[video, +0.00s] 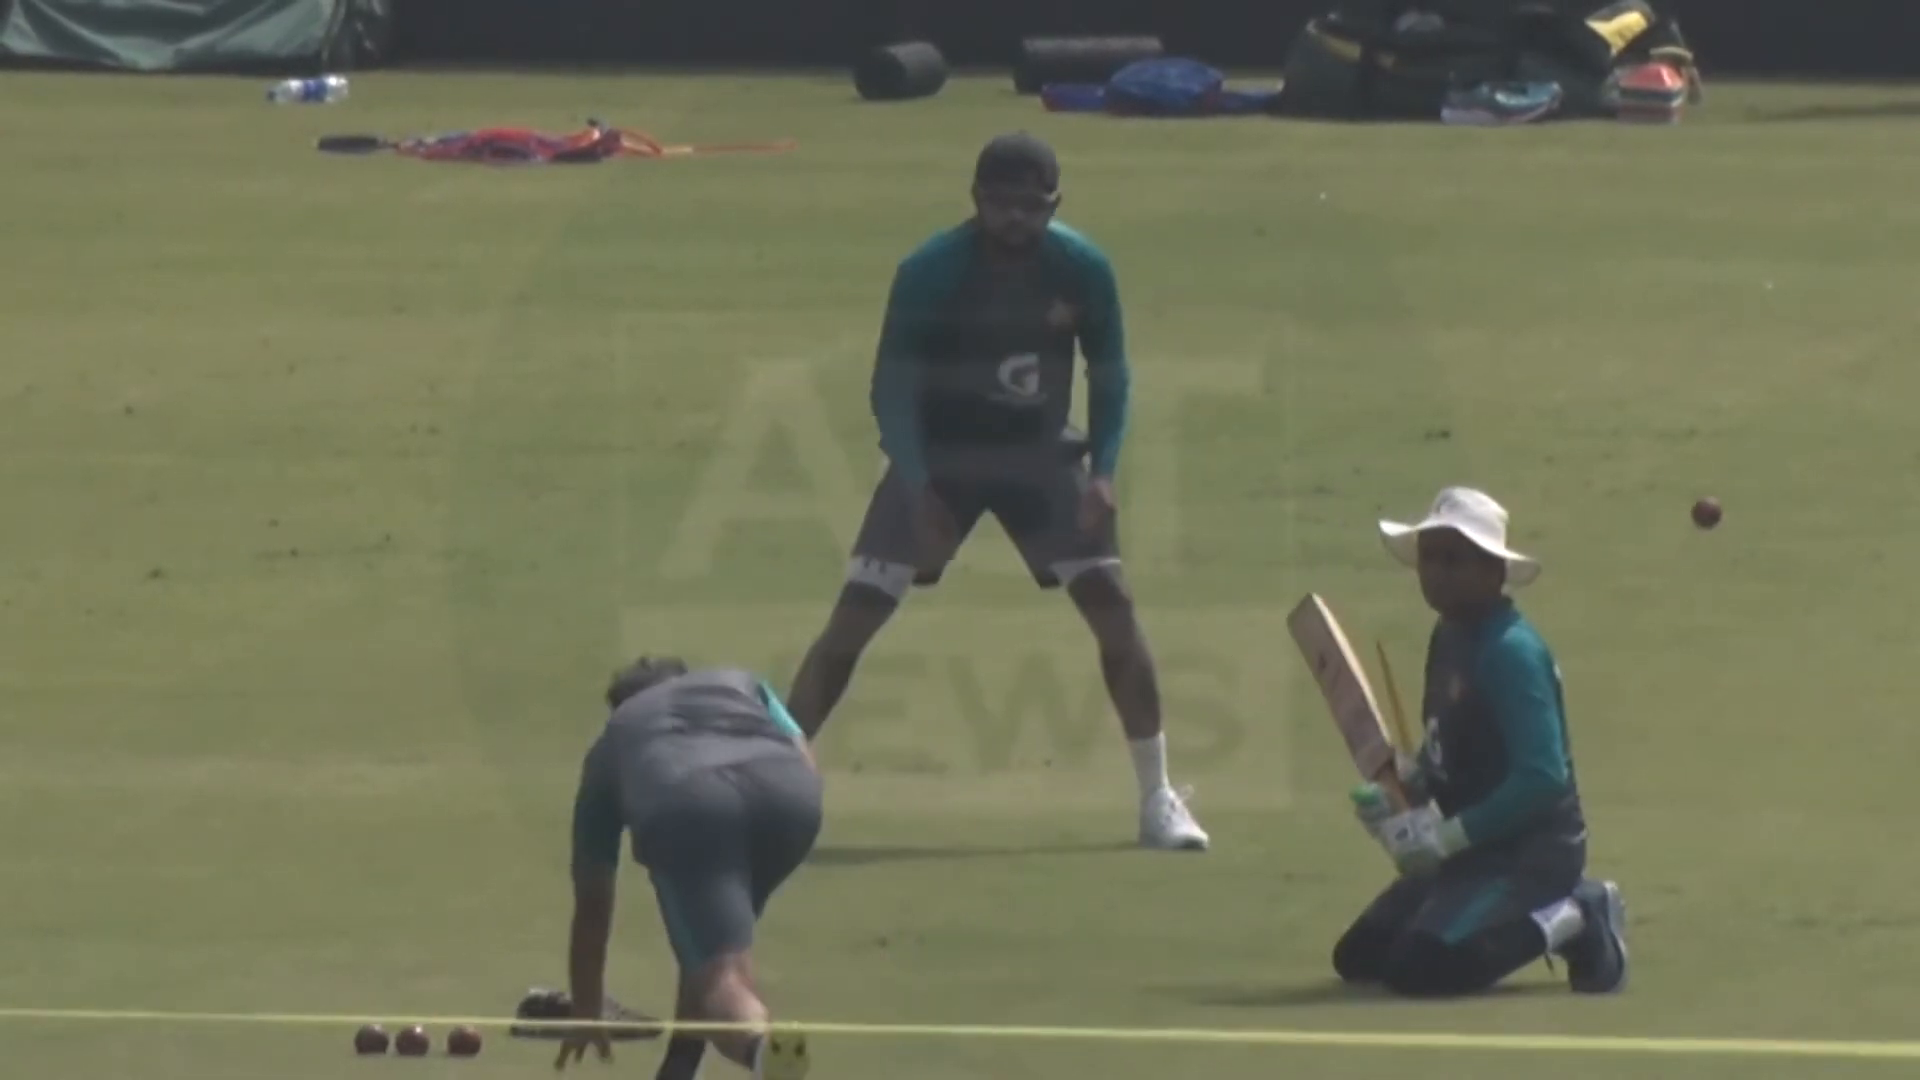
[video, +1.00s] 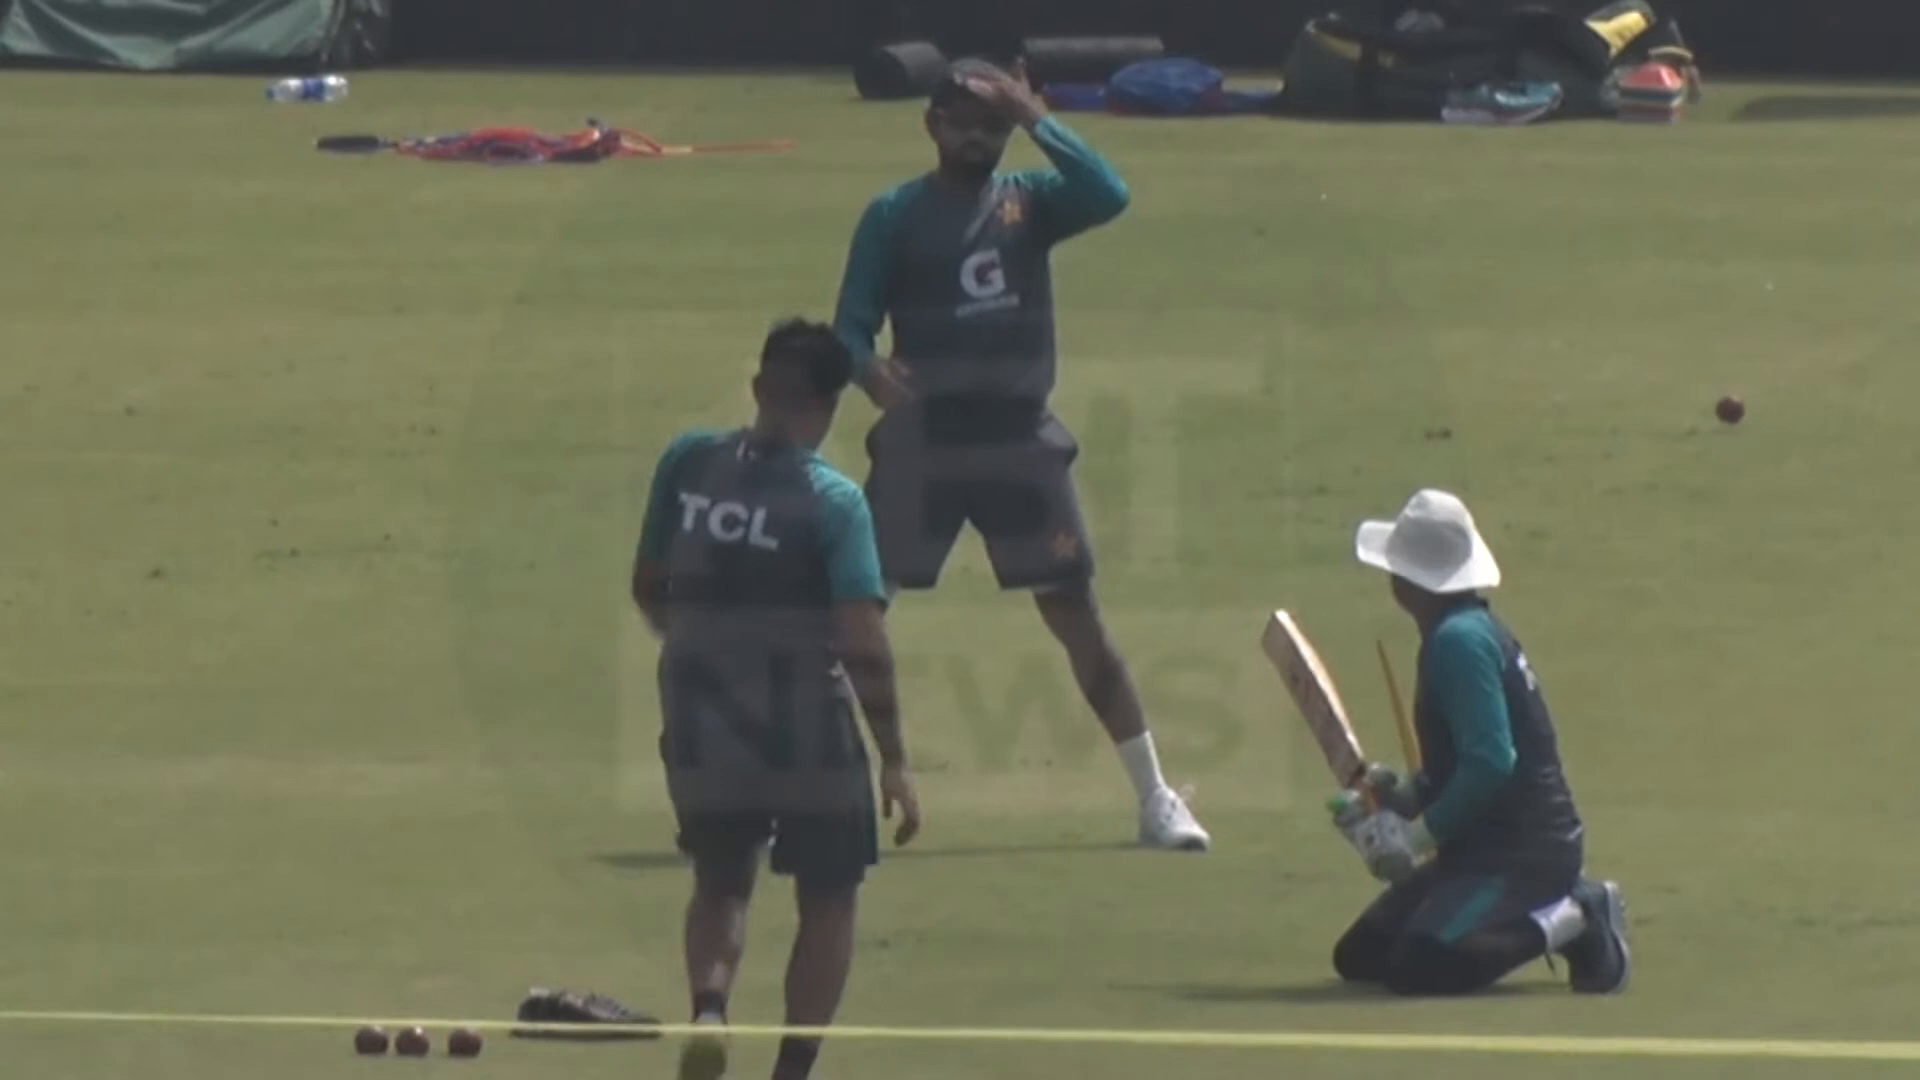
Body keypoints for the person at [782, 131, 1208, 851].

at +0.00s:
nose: (1015, 221)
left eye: (1031, 206)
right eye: (1001, 205)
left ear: (1054, 204)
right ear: (976, 200)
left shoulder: (1082, 269)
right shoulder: (928, 273)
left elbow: (1109, 372)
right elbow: (891, 390)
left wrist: (1102, 468)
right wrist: (915, 488)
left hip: (1041, 461)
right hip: (938, 461)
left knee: (1110, 605)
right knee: (857, 613)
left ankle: (1158, 798)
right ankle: (769, 777)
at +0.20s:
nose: (1010, 180)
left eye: (1024, 166)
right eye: (995, 165)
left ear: (1043, 169)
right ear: (968, 163)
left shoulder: (1066, 243)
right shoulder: (920, 245)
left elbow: (1105, 335)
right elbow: (875, 362)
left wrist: (1124, 396)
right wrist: (917, 435)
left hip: (1028, 457)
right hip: (925, 453)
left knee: (1109, 615)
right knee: (844, 616)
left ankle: (1157, 800)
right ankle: (764, 781)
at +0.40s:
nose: (987, 156)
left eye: (1000, 142)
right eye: (972, 141)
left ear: (1020, 140)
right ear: (943, 136)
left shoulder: (1043, 219)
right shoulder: (899, 223)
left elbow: (1109, 322)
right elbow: (852, 338)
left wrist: (1098, 240)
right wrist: (901, 352)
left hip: (1012, 451)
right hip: (911, 452)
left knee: (1088, 615)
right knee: (841, 618)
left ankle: (1155, 798)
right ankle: (766, 791)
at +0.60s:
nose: (980, 136)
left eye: (992, 122)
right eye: (964, 121)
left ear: (1011, 130)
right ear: (934, 124)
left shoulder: (1028, 206)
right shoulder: (889, 216)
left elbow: (1115, 253)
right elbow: (840, 331)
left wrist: (1059, 157)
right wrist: (882, 337)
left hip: (1011, 446)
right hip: (910, 450)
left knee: (1076, 619)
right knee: (835, 629)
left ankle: (1155, 799)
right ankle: (772, 799)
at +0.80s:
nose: (977, 138)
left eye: (991, 125)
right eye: (962, 121)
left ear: (1010, 133)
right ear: (933, 124)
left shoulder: (1027, 205)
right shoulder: (891, 216)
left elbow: (1113, 221)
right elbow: (843, 327)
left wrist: (1040, 134)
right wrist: (874, 361)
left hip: (1016, 440)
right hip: (918, 442)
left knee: (1079, 622)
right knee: (852, 620)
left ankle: (1156, 798)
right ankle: (776, 781)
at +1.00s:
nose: (980, 140)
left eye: (993, 127)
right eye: (964, 123)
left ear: (1010, 135)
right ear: (934, 124)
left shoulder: (1028, 203)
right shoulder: (892, 217)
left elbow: (1108, 197)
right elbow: (850, 325)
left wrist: (1033, 118)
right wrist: (874, 374)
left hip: (1017, 437)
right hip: (920, 437)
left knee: (1078, 620)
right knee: (856, 605)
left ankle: (1155, 797)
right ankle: (803, 776)